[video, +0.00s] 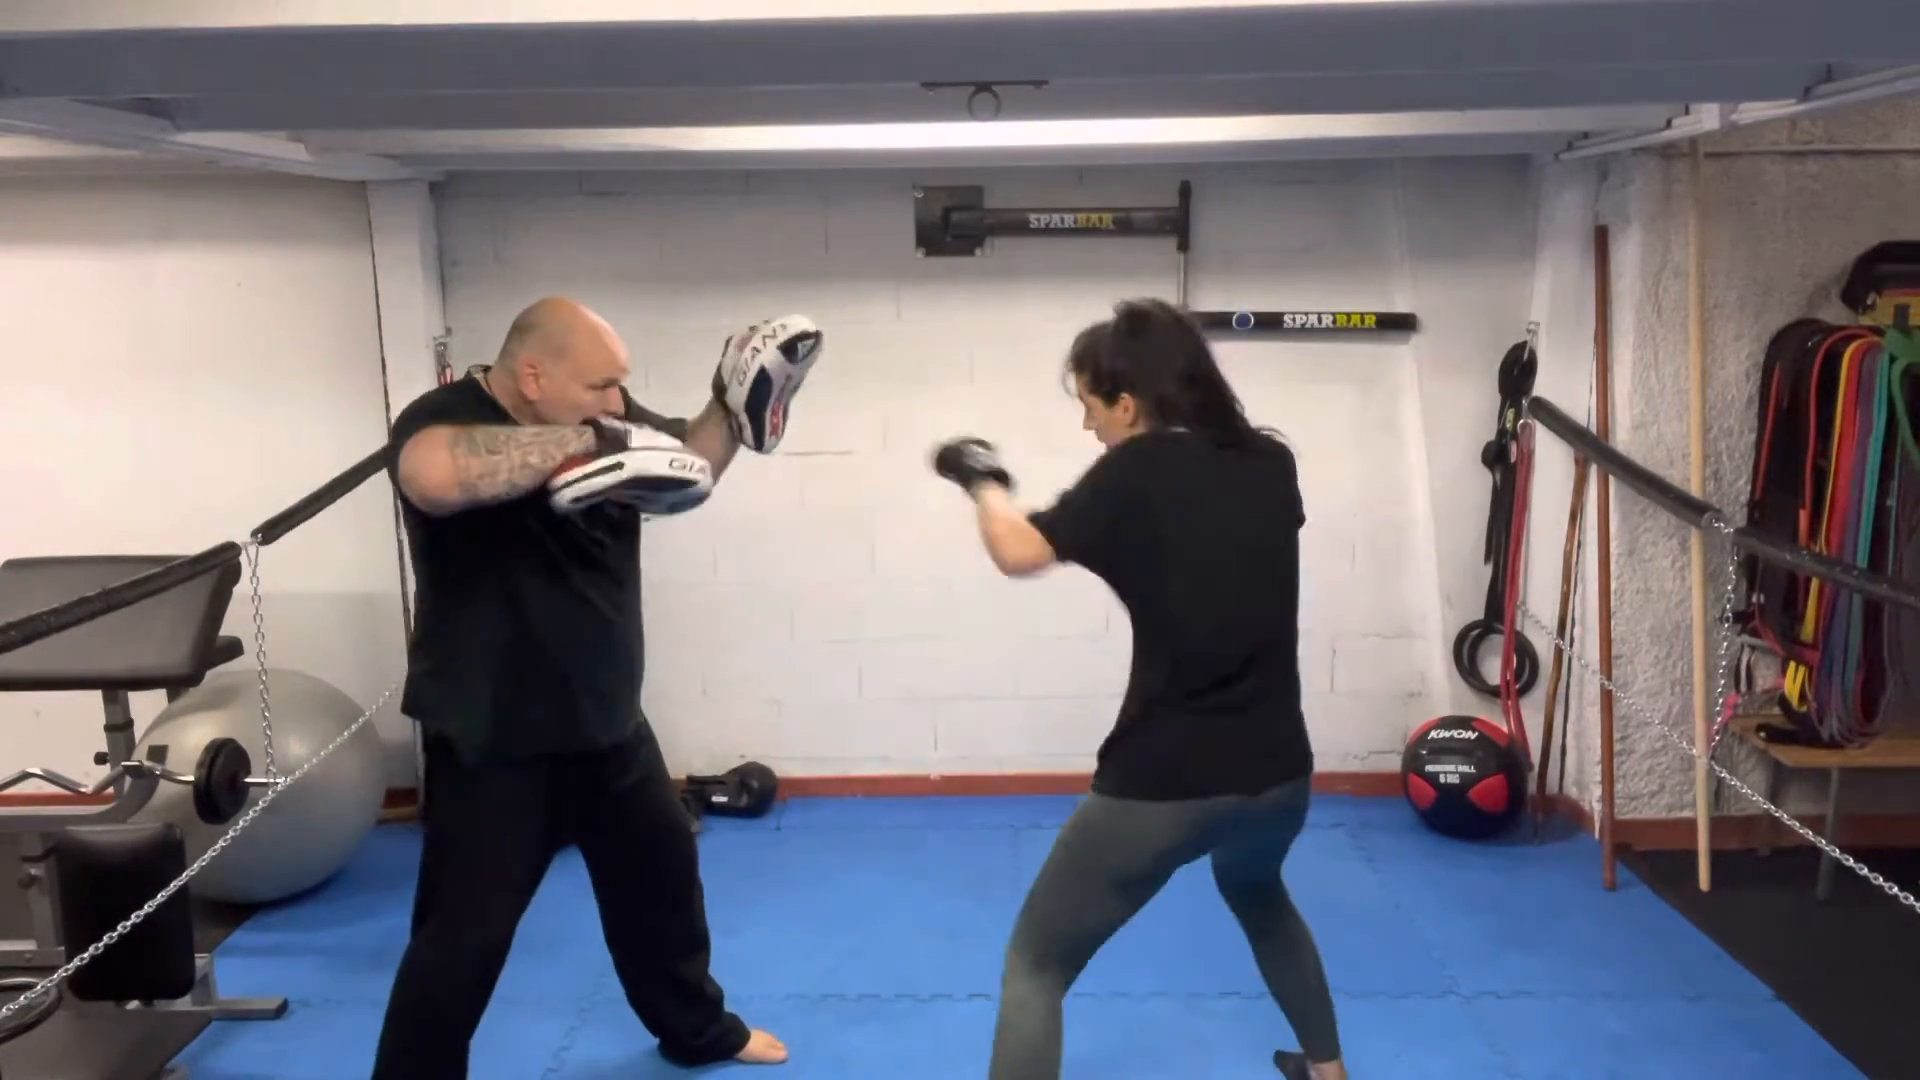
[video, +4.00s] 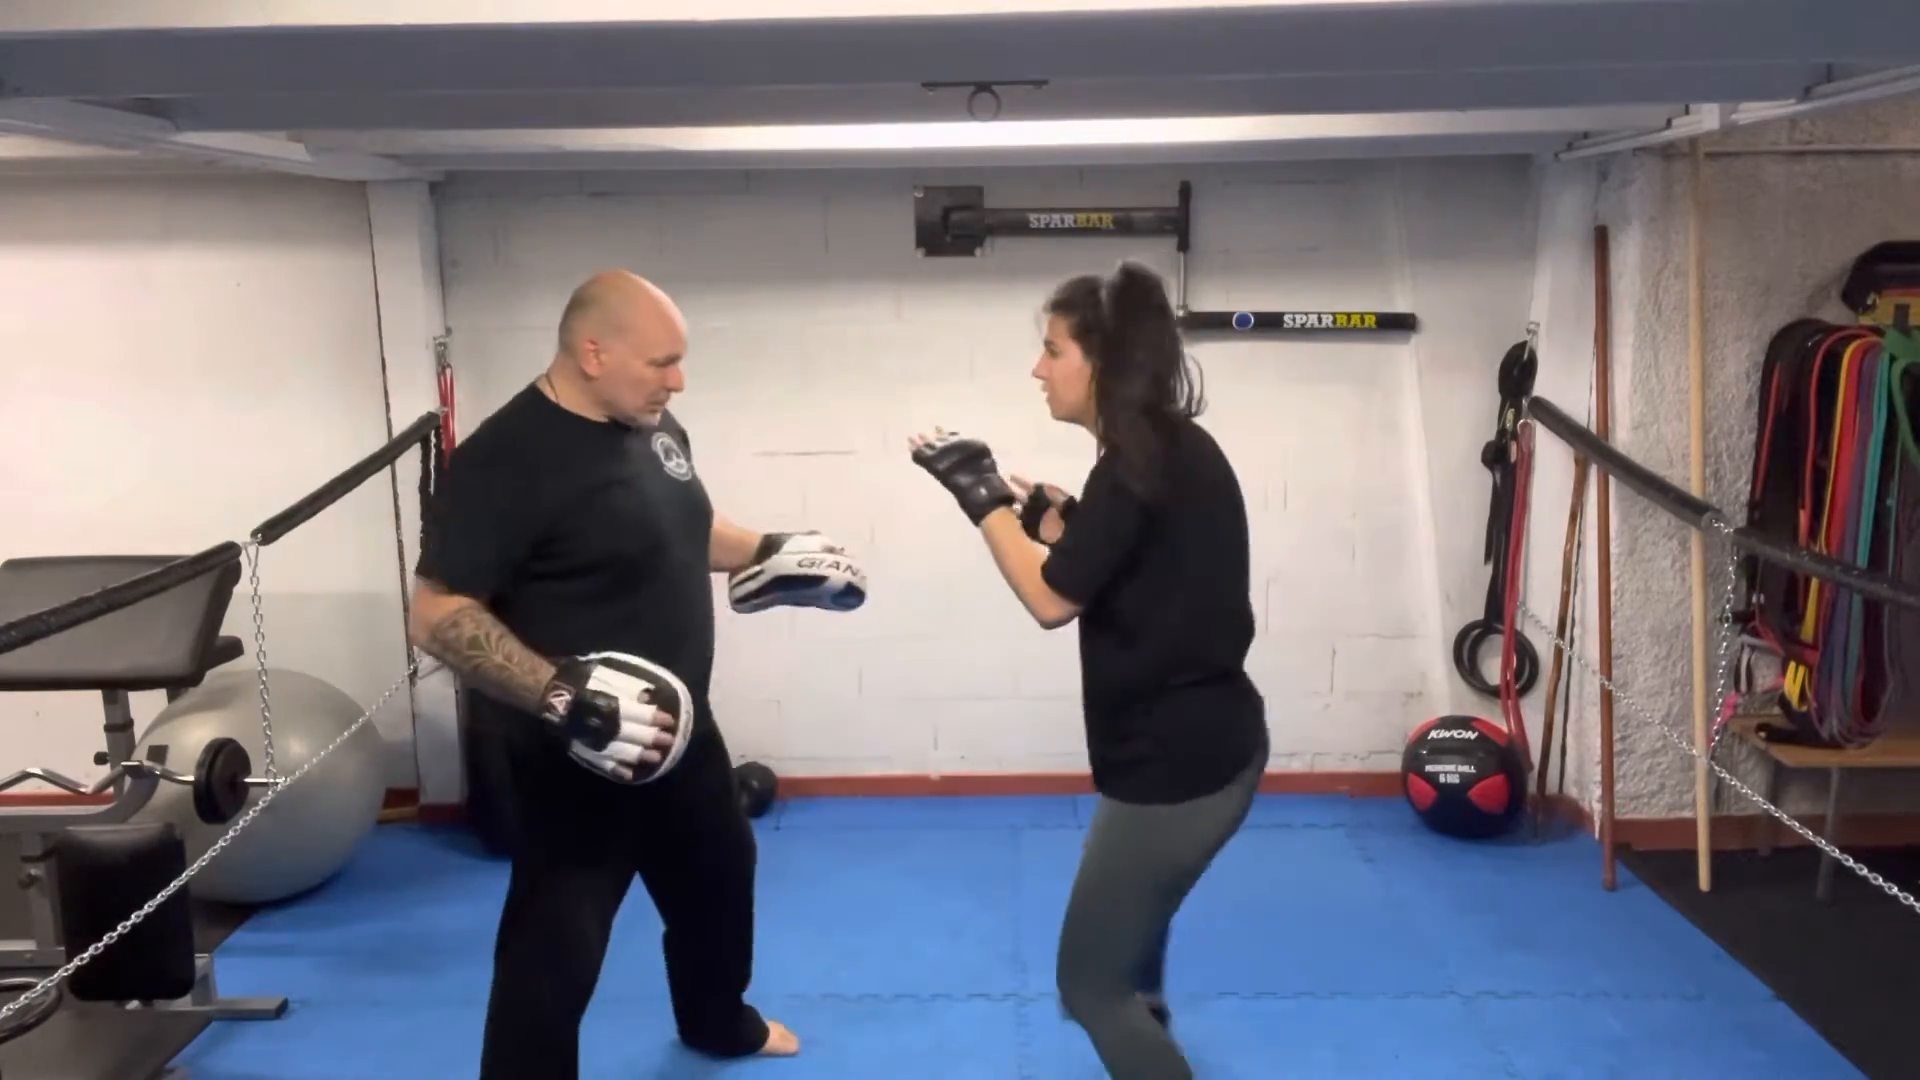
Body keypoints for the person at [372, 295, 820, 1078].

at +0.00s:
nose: (616, 404)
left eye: (618, 387)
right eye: (600, 386)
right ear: (531, 375)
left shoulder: (606, 424)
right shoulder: (446, 417)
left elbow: (684, 467)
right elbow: (432, 479)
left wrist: (737, 401)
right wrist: (588, 446)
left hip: (605, 727)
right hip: (486, 743)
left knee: (661, 876)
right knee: (458, 948)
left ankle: (696, 1031)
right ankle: (413, 1073)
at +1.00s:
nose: (622, 407)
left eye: (624, 388)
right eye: (606, 388)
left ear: (545, 387)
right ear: (536, 384)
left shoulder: (558, 453)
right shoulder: (456, 473)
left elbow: (569, 565)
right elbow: (533, 612)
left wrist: (661, 575)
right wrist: (644, 526)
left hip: (617, 748)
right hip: (508, 775)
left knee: (703, 887)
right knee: (464, 970)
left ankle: (780, 1022)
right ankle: (412, 1074)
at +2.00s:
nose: (795, 381)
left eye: (797, 365)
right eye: (782, 364)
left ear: (728, 355)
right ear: (717, 356)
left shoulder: (759, 450)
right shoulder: (685, 412)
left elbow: (834, 522)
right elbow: (859, 406)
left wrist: (928, 485)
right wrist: (967, 342)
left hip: (728, 709)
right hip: (637, 711)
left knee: (789, 840)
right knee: (576, 913)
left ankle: (796, 1022)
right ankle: (450, 1070)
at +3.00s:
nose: (835, 339)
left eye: (838, 324)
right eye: (820, 321)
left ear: (763, 320)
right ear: (758, 314)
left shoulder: (775, 390)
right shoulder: (754, 389)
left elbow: (906, 465)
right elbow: (894, 446)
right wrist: (1022, 379)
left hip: (784, 661)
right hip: (775, 664)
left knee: (829, 839)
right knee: (878, 828)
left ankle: (804, 1014)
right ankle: (736, 1042)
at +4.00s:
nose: (678, 380)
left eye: (680, 360)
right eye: (663, 361)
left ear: (605, 356)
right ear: (594, 353)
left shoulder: (654, 433)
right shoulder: (497, 462)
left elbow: (681, 532)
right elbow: (436, 614)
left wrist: (775, 551)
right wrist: (564, 695)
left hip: (680, 743)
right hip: (570, 762)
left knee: (717, 881)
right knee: (550, 959)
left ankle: (716, 1021)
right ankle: (526, 1070)